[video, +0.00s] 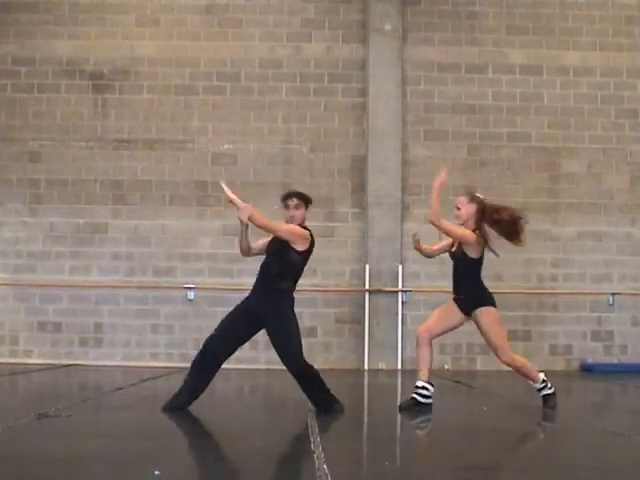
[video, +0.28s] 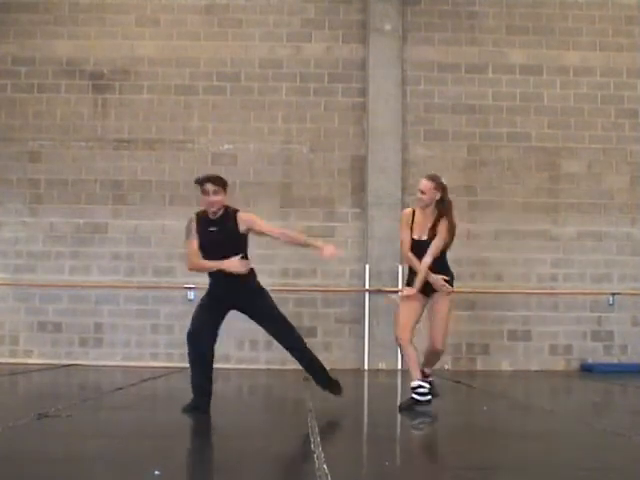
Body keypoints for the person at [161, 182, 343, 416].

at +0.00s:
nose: (292, 213)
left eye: (297, 208)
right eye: (288, 208)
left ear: (306, 212)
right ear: (284, 211)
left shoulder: (302, 236)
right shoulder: (279, 237)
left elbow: (265, 224)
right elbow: (246, 251)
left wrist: (240, 204)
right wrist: (244, 225)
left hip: (278, 309)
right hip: (254, 305)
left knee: (295, 363)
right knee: (214, 348)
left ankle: (329, 405)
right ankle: (182, 399)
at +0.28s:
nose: (211, 198)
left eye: (215, 193)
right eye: (206, 193)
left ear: (225, 194)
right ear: (200, 197)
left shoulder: (241, 219)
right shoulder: (196, 223)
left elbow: (280, 234)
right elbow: (193, 263)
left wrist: (317, 245)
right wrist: (225, 265)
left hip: (247, 290)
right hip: (218, 292)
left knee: (286, 334)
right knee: (198, 337)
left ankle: (322, 377)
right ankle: (201, 399)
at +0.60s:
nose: (222, 188)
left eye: (224, 183)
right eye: (219, 183)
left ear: (210, 185)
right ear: (202, 183)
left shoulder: (205, 209)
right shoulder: (182, 204)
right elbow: (141, 214)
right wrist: (105, 224)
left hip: (183, 281)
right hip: (168, 279)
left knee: (177, 336)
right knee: (174, 335)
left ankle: (152, 390)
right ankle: (133, 386)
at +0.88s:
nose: (193, 246)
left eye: (194, 241)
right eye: (192, 240)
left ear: (173, 232)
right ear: (181, 236)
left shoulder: (148, 241)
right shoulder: (177, 263)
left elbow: (143, 204)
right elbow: (219, 273)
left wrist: (138, 167)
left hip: (126, 319)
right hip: (128, 323)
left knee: (163, 351)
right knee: (82, 357)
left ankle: (136, 403)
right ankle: (19, 382)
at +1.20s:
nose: (214, 302)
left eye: (216, 297)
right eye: (215, 297)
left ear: (197, 284)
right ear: (206, 295)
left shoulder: (171, 282)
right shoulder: (190, 318)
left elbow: (160, 270)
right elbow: (197, 363)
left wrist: (166, 268)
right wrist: (209, 404)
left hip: (112, 327)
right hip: (120, 342)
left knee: (158, 347)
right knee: (72, 388)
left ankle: (133, 402)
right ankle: (10, 397)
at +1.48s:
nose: (227, 317)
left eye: (229, 313)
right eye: (230, 314)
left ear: (221, 290)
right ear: (229, 310)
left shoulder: (198, 280)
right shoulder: (216, 317)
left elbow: (154, 270)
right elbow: (212, 364)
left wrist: (133, 295)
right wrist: (210, 404)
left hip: (140, 299)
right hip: (151, 327)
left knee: (99, 314)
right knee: (95, 363)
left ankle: (57, 330)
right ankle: (33, 395)